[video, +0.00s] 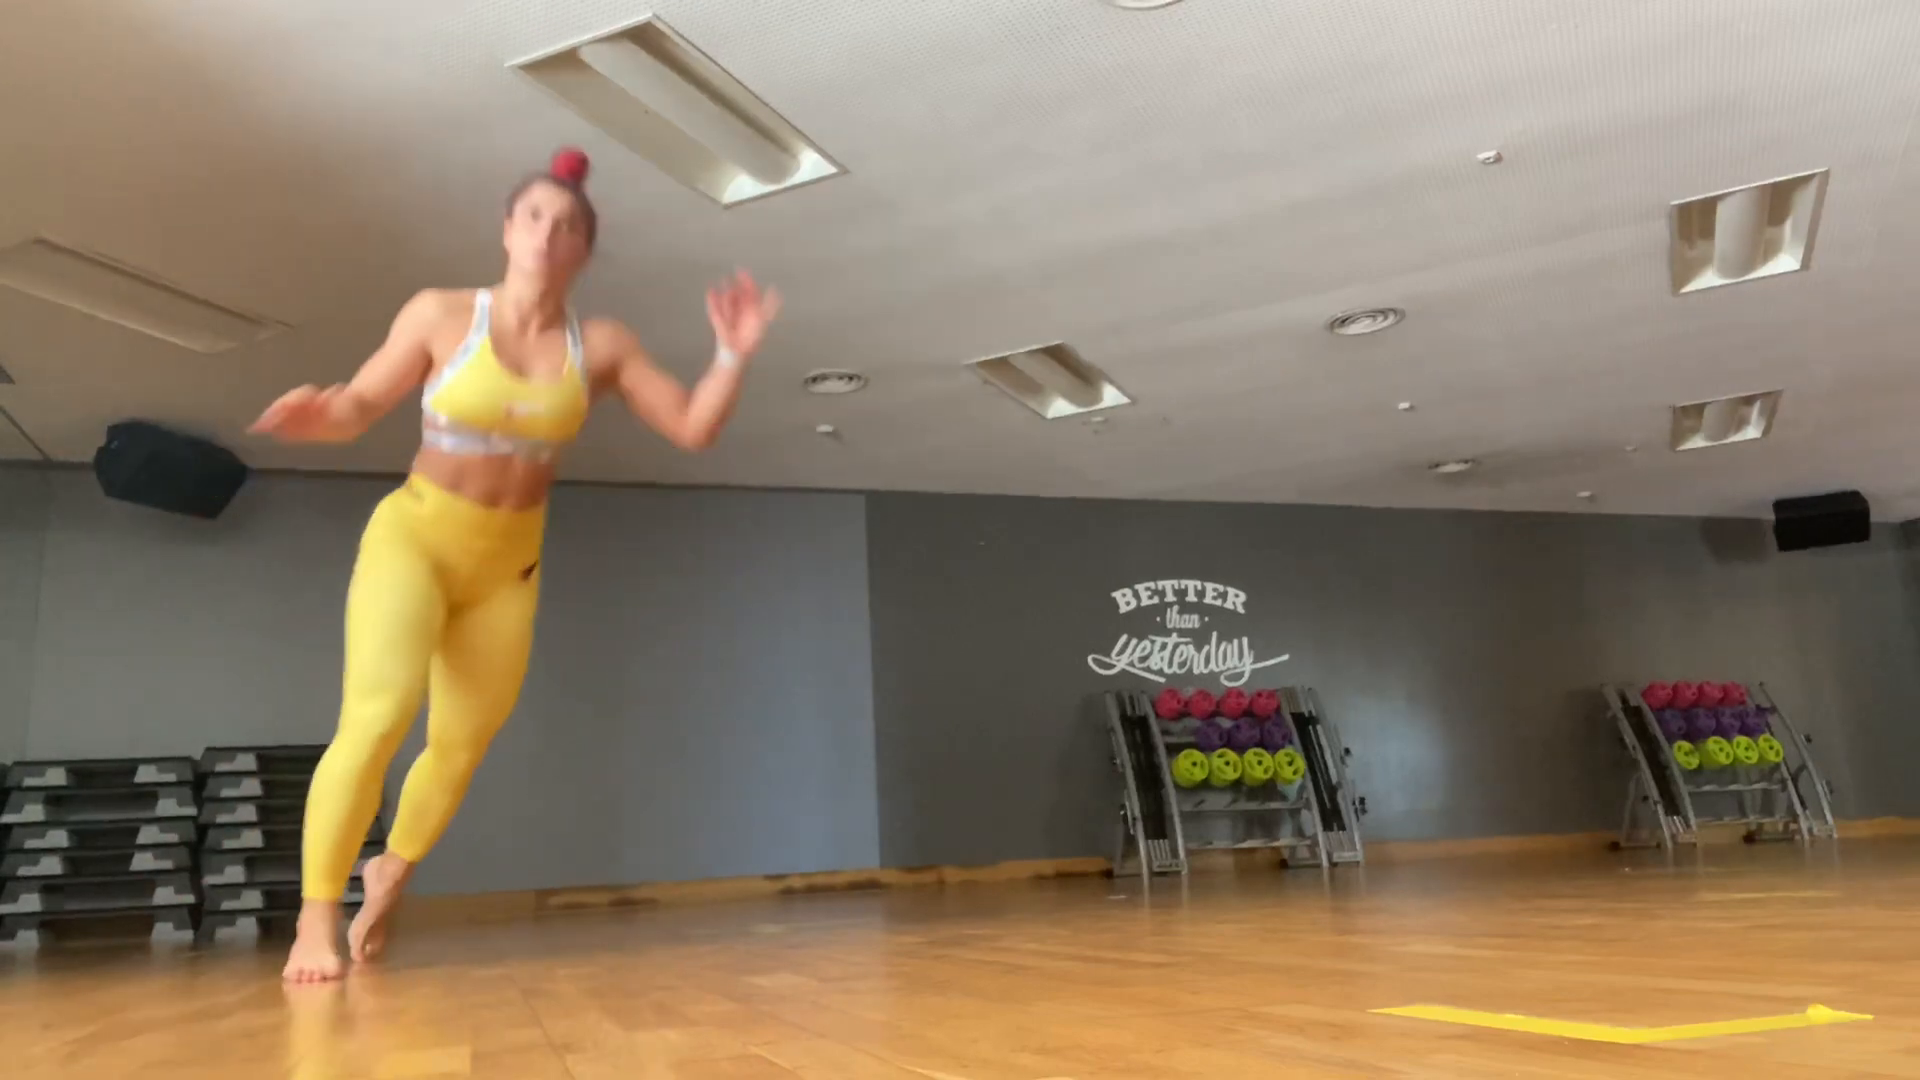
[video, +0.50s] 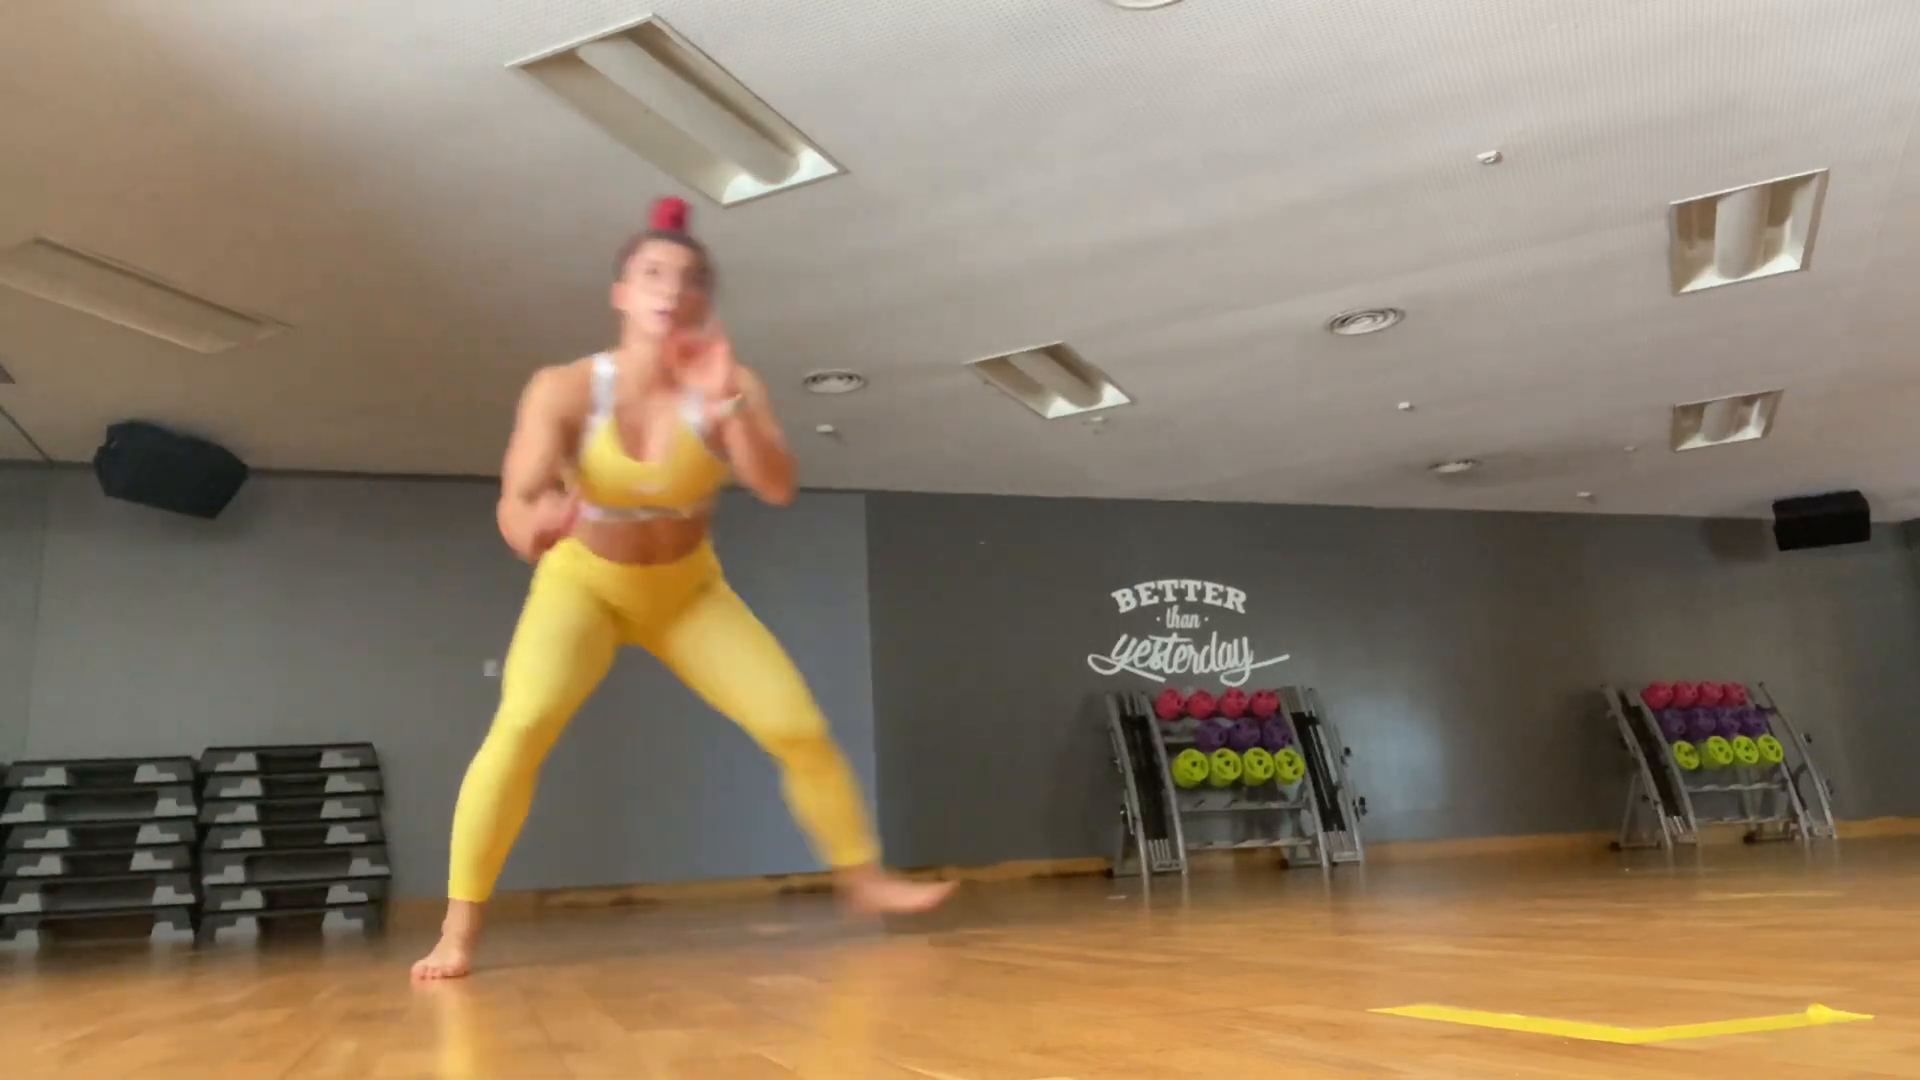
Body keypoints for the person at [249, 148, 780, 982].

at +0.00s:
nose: (546, 230)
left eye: (565, 223)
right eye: (533, 215)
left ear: (584, 252)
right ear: (505, 229)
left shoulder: (601, 344)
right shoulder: (440, 315)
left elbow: (692, 428)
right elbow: (359, 402)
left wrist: (732, 356)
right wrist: (321, 412)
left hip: (509, 567)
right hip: (415, 539)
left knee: (456, 757)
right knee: (375, 717)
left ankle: (387, 880)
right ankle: (316, 918)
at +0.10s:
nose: (533, 194)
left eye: (552, 185)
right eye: (518, 180)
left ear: (574, 211)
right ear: (492, 200)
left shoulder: (603, 298)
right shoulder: (438, 291)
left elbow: (695, 380)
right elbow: (364, 411)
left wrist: (702, 307)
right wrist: (360, 383)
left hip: (537, 542)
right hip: (441, 519)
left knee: (476, 728)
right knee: (418, 694)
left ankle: (399, 882)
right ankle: (357, 901)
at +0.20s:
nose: (523, 206)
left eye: (542, 197)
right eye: (507, 195)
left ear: (568, 227)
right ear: (484, 218)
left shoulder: (603, 311)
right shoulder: (445, 313)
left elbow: (698, 403)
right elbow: (384, 433)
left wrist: (659, 338)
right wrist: (435, 347)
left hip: (575, 548)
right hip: (479, 537)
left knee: (545, 742)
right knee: (467, 707)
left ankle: (443, 887)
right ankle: (447, 911)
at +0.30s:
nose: (533, 239)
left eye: (551, 228)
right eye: (516, 226)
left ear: (576, 258)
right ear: (491, 249)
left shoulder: (609, 343)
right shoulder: (451, 356)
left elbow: (696, 448)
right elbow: (428, 454)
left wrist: (650, 387)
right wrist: (503, 361)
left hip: (600, 565)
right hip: (499, 559)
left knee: (618, 744)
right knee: (475, 716)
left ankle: (520, 886)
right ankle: (448, 923)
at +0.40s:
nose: (594, 268)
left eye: (613, 258)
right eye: (576, 254)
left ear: (634, 286)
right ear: (547, 277)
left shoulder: (667, 367)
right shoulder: (501, 376)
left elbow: (724, 488)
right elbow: (498, 487)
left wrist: (683, 430)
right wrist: (570, 441)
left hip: (654, 572)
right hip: (546, 573)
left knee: (724, 727)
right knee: (490, 720)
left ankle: (695, 883)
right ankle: (451, 928)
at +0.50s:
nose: (670, 290)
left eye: (688, 278)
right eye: (653, 274)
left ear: (706, 305)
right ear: (620, 293)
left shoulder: (726, 386)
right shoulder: (563, 391)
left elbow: (778, 487)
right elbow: (516, 512)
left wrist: (728, 409)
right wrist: (537, 521)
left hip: (691, 591)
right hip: (583, 588)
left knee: (798, 727)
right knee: (522, 727)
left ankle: (862, 879)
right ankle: (459, 926)